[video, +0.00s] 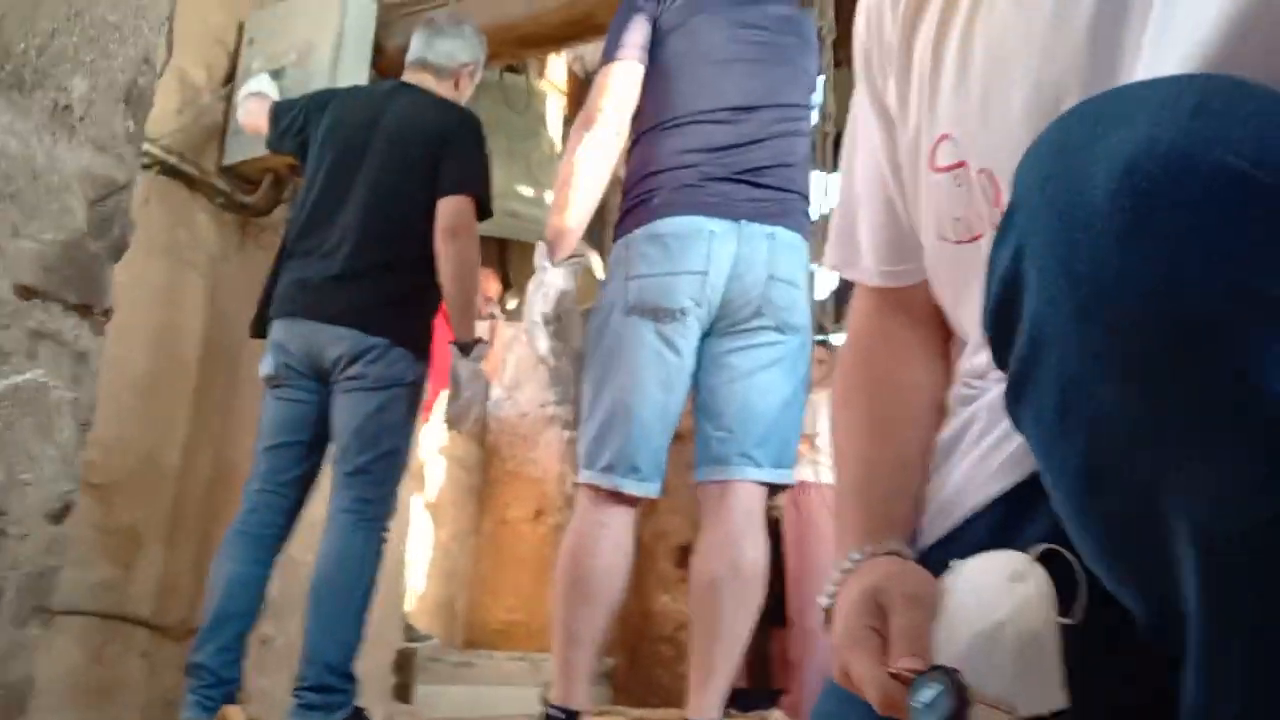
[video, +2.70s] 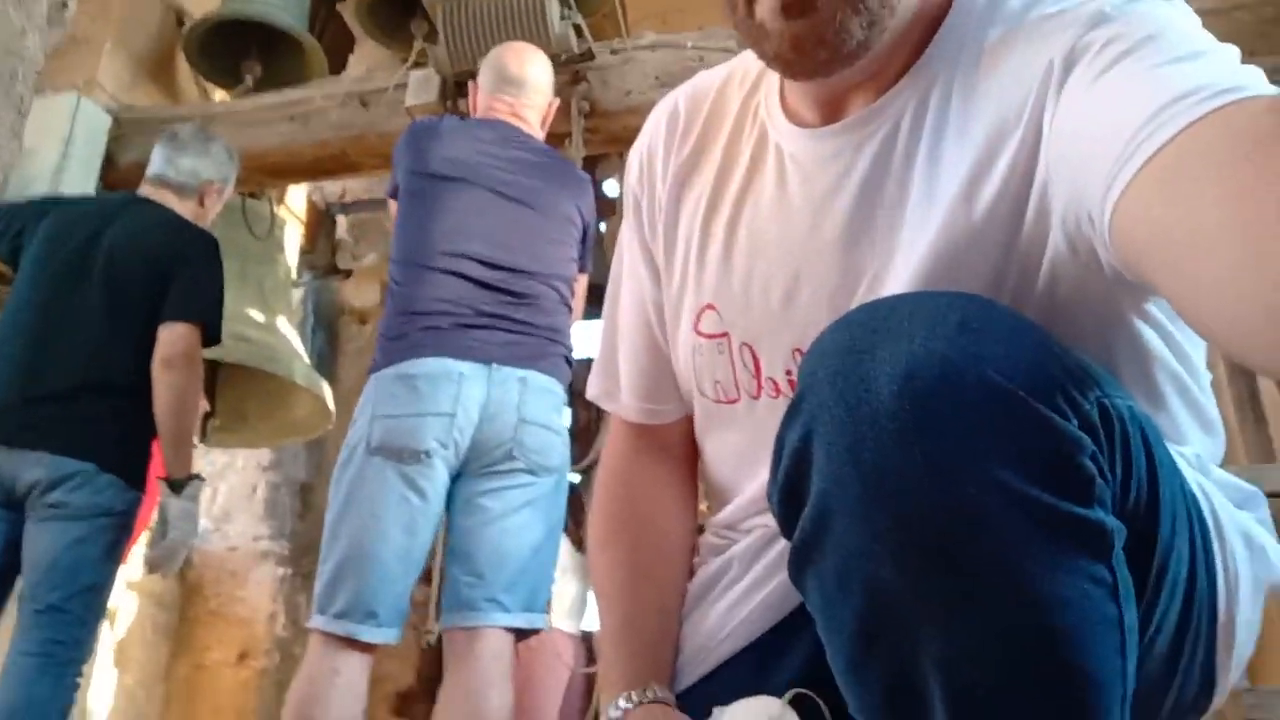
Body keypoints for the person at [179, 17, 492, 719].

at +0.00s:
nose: (476, 89)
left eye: (477, 81)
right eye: (479, 81)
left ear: (408, 61)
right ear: (467, 76)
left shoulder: (340, 104)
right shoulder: (457, 126)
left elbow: (256, 116)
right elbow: (455, 226)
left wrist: (254, 94)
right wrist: (467, 343)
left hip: (297, 320)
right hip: (380, 335)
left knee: (266, 500)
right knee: (358, 510)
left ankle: (207, 692)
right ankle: (323, 701)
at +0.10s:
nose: (340, 69)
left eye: (341, 59)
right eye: (342, 59)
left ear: (269, 37)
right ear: (331, 51)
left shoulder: (197, 80)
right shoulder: (321, 101)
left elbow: (110, 92)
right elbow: (319, 207)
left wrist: (100, 71)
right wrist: (332, 316)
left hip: (148, 302)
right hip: (239, 317)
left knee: (114, 490)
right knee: (217, 499)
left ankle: (50, 687)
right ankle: (179, 695)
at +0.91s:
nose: (312, 162)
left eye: (316, 148)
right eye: (311, 144)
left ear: (236, 127)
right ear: (277, 128)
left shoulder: (154, 165)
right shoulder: (281, 192)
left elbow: (69, 185)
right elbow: (276, 294)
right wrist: (290, 413)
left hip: (101, 383)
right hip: (196, 403)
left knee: (58, 583)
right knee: (164, 596)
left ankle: (14, 707)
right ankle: (128, 714)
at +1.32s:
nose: (357, 202)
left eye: (359, 188)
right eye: (351, 185)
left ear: (280, 178)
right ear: (312, 176)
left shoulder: (203, 218)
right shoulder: (314, 242)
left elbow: (137, 232)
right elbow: (309, 343)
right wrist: (320, 460)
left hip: (152, 440)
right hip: (242, 455)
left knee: (124, 619)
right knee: (221, 633)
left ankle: (76, 712)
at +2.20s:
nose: (274, 209)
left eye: (278, 193)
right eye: (273, 189)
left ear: (200, 174)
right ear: (237, 176)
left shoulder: (114, 214)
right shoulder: (235, 240)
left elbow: (42, 225)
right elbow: (224, 352)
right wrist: (237, 475)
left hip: (48, 443)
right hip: (147, 461)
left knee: (12, 634)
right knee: (113, 655)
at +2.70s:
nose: (222, 211)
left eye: (225, 199)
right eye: (225, 199)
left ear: (147, 173)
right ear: (213, 195)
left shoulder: (62, 214)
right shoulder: (191, 246)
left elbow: (1, 222)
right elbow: (174, 353)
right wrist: (180, 477)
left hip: (5, 441)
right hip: (92, 462)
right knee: (49, 643)